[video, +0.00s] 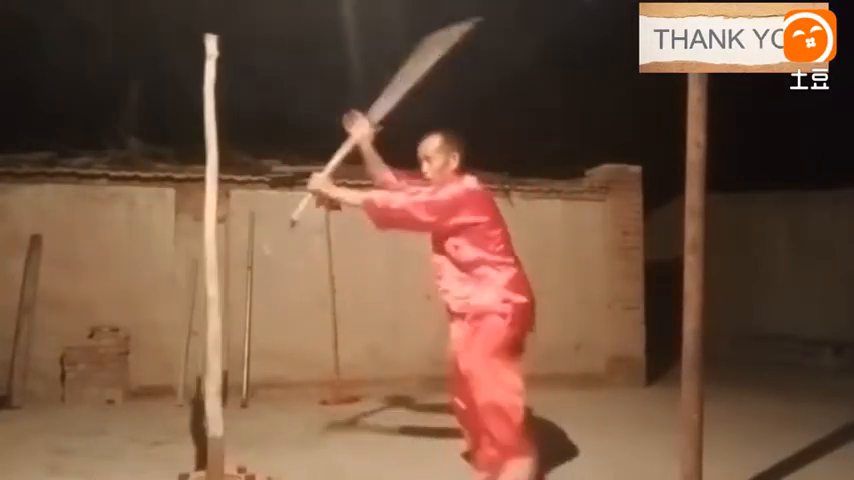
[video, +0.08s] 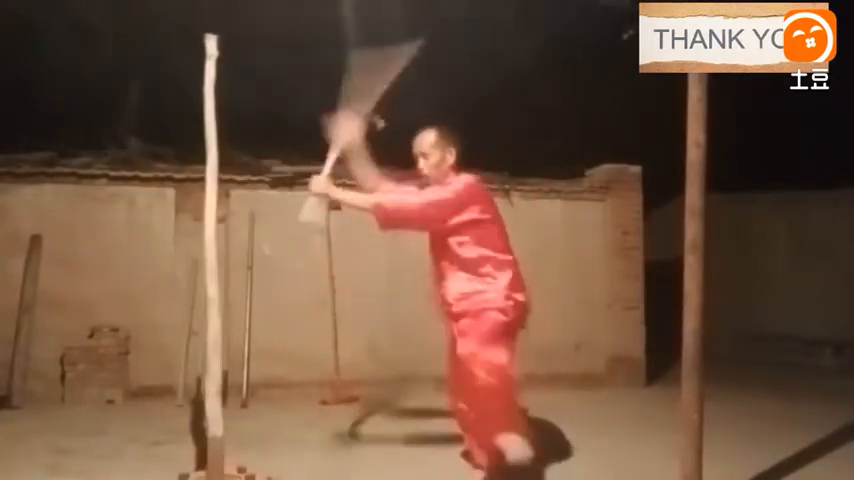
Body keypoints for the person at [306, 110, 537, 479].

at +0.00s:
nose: (423, 166)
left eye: (429, 158)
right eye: (422, 159)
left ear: (453, 160)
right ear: (449, 162)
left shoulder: (468, 194)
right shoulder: (445, 192)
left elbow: (404, 204)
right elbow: (392, 184)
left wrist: (336, 192)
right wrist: (366, 145)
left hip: (499, 304)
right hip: (470, 306)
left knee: (483, 367)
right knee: (466, 377)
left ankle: (517, 457)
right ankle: (487, 457)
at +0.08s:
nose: (419, 164)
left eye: (425, 155)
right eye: (417, 157)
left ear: (449, 156)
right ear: (424, 162)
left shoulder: (466, 189)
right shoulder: (440, 190)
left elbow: (402, 206)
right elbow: (379, 188)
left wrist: (334, 192)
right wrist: (353, 148)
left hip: (492, 305)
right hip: (466, 308)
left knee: (486, 383)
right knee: (463, 390)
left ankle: (519, 461)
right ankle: (488, 461)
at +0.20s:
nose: (418, 158)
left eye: (425, 150)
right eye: (414, 151)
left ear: (448, 148)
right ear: (411, 153)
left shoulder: (467, 186)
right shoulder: (413, 190)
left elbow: (452, 230)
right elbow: (373, 200)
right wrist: (334, 200)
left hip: (481, 293)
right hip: (439, 293)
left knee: (461, 363)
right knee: (443, 365)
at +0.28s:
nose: (412, 164)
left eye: (419, 155)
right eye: (408, 157)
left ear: (444, 153)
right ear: (406, 159)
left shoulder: (466, 191)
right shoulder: (412, 196)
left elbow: (476, 249)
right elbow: (379, 210)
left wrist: (439, 267)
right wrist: (343, 206)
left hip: (462, 296)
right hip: (424, 295)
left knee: (445, 372)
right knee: (426, 371)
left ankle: (426, 458)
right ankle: (427, 439)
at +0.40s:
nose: (399, 188)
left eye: (404, 178)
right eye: (393, 181)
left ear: (427, 172)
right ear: (390, 183)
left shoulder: (457, 205)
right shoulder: (398, 221)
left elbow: (483, 253)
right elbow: (392, 281)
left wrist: (455, 294)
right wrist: (377, 336)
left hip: (460, 298)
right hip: (420, 300)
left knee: (450, 374)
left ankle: (429, 457)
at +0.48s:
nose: (395, 196)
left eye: (400, 186)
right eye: (389, 189)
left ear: (423, 180)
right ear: (385, 189)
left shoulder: (451, 209)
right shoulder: (391, 229)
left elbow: (479, 261)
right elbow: (382, 291)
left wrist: (458, 304)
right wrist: (371, 357)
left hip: (438, 317)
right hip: (395, 312)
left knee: (446, 382)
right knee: (344, 325)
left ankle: (436, 466)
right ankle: (347, 382)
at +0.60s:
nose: (383, 194)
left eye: (389, 184)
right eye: (377, 186)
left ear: (412, 179)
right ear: (374, 187)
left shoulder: (441, 210)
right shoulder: (377, 229)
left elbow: (471, 261)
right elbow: (373, 295)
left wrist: (455, 298)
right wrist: (364, 361)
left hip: (424, 315)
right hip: (378, 305)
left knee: (428, 393)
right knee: (310, 334)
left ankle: (434, 475)